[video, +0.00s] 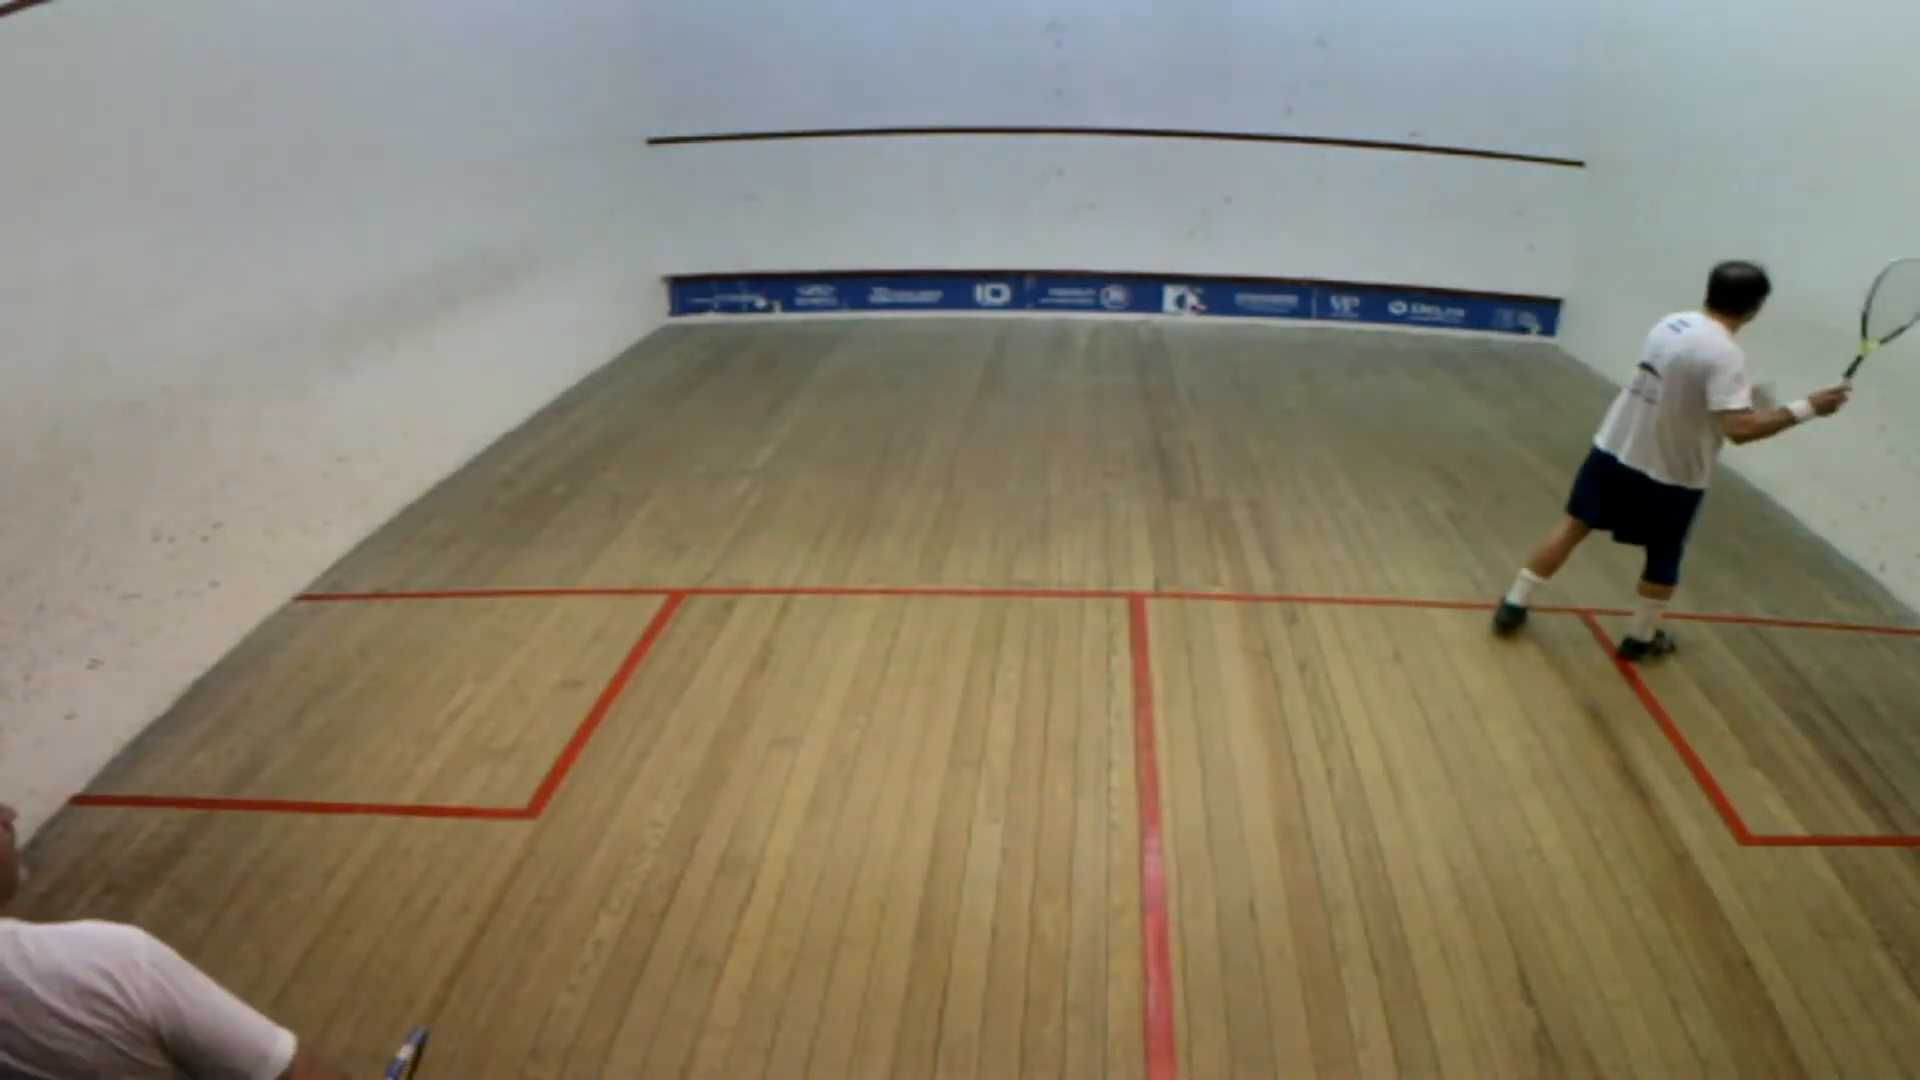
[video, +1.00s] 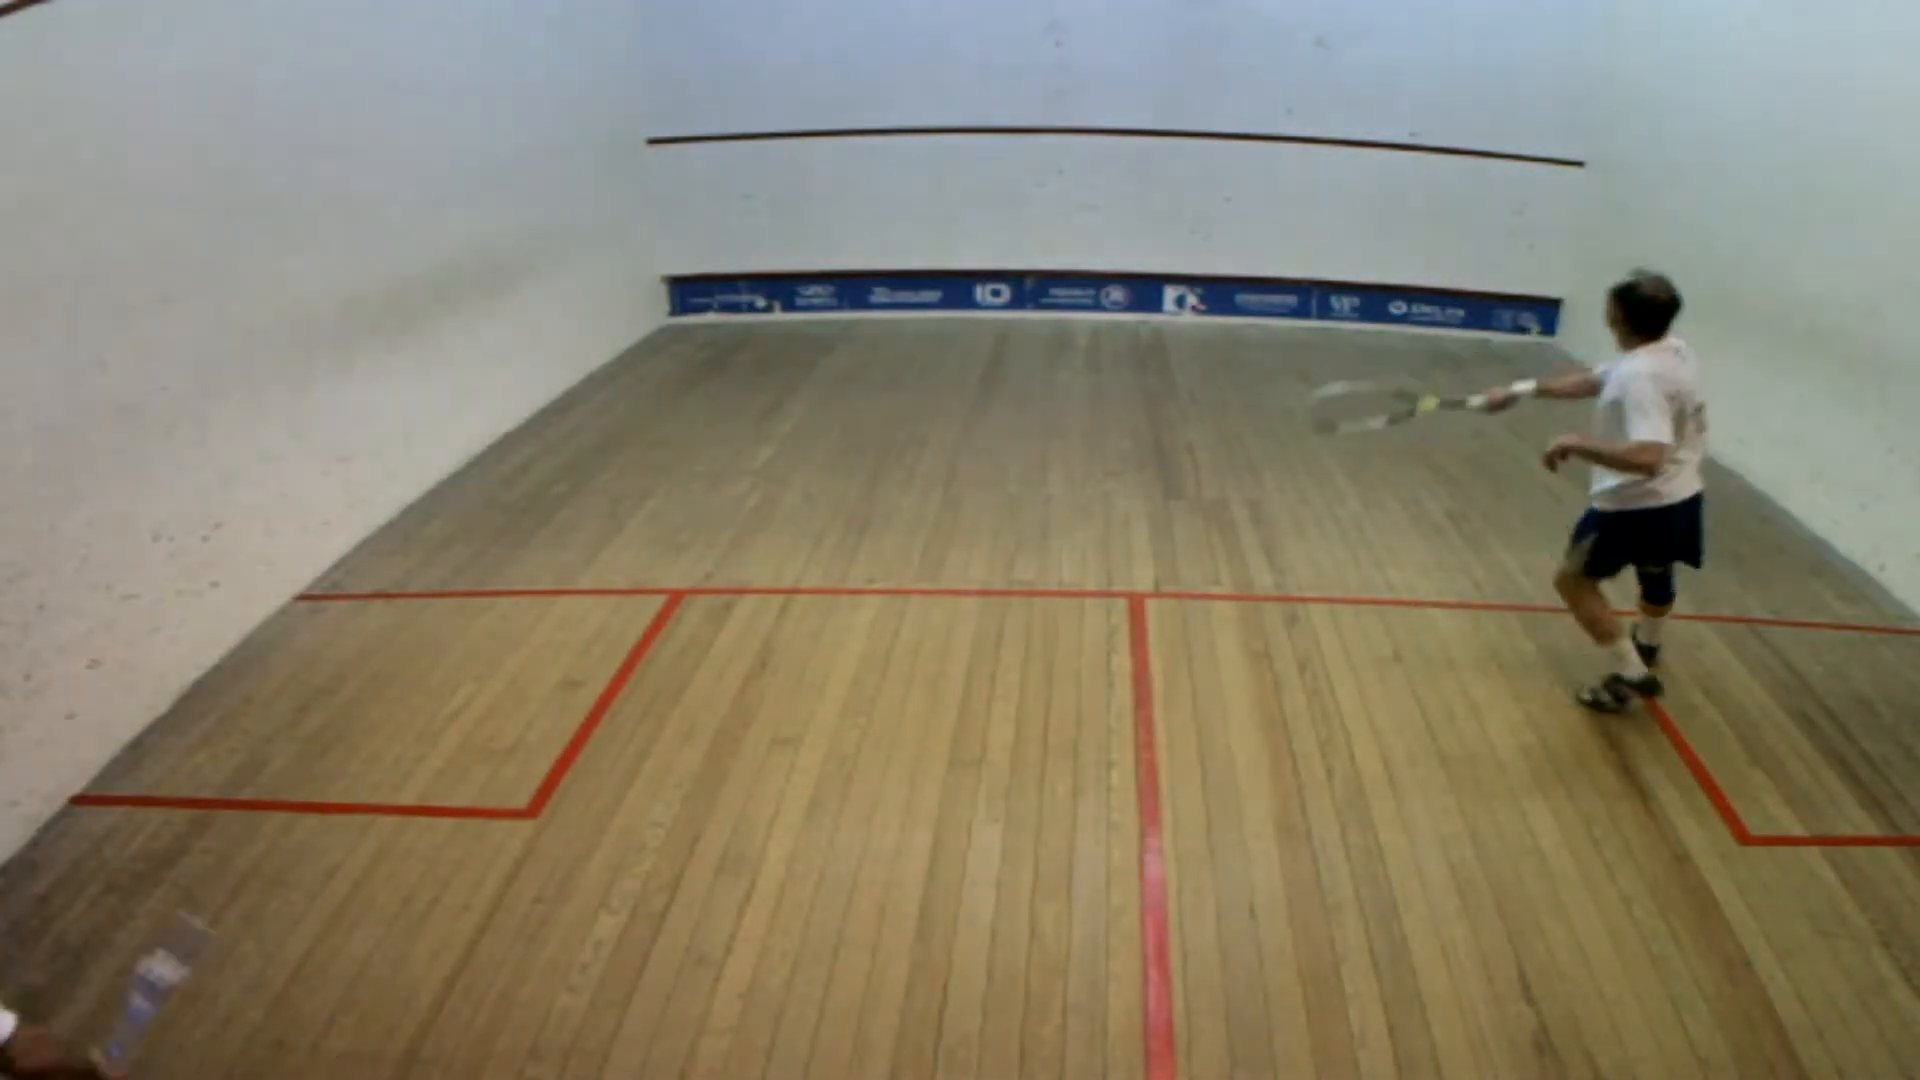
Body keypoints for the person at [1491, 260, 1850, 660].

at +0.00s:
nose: (1759, 311)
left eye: (1758, 303)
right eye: (1760, 304)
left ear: (1712, 292)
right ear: (1751, 309)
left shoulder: (1672, 324)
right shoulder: (1725, 356)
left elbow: (1672, 391)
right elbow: (1739, 428)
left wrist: (1739, 398)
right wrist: (1807, 408)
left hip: (1614, 450)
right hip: (1672, 477)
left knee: (1572, 526)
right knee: (1663, 558)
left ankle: (1512, 603)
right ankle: (1640, 636)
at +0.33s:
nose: (1791, 323)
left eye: (1789, 313)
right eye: (1791, 316)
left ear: (1741, 300)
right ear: (1780, 320)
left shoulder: (1700, 324)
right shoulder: (1746, 369)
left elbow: (1668, 343)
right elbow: (1798, 432)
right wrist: (1862, 399)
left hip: (1623, 449)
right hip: (1677, 484)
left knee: (1579, 524)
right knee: (1672, 559)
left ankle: (1516, 598)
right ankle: (1640, 636)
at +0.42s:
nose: (1793, 331)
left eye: (1795, 323)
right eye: (1793, 323)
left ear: (1743, 307)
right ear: (1779, 324)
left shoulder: (1698, 328)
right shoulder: (1756, 373)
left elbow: (1630, 338)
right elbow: (1825, 434)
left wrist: (1648, 351)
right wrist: (1886, 418)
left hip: (1623, 451)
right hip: (1679, 487)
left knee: (1574, 525)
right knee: (1685, 551)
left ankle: (1510, 595)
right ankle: (1641, 634)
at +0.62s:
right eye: (1766, 294)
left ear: (1714, 294)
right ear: (1766, 300)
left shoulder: (1678, 339)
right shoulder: (1780, 352)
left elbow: (1600, 370)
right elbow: (1808, 358)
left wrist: (1607, 364)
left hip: (1635, 455)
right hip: (1701, 479)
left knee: (1589, 495)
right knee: (1672, 557)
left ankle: (1555, 565)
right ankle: (1644, 633)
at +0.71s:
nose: (1696, 293)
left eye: (1698, 288)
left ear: (1701, 295)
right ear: (1750, 298)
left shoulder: (1685, 346)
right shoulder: (1764, 343)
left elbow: (1595, 386)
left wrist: (1610, 370)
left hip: (1648, 462)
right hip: (1711, 477)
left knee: (1587, 495)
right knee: (1678, 556)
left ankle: (1566, 566)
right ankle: (1650, 635)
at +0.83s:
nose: (1669, 303)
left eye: (1671, 298)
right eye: (1674, 298)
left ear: (1676, 304)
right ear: (1724, 307)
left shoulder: (1677, 357)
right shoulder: (1736, 347)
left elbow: (1621, 422)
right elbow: (1653, 348)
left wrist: (1581, 400)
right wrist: (1594, 348)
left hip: (1654, 486)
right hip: (1712, 493)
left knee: (1571, 509)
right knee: (1675, 559)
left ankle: (1577, 603)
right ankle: (1655, 639)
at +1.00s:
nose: (1607, 320)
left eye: (1612, 313)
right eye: (1610, 312)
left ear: (1627, 321)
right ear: (1658, 320)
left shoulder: (1639, 374)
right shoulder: (1675, 353)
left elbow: (1649, 457)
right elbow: (1590, 382)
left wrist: (1575, 445)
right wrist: (1520, 390)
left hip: (1632, 507)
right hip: (1680, 500)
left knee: (1573, 581)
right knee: (1656, 575)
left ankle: (1633, 673)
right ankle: (1646, 654)